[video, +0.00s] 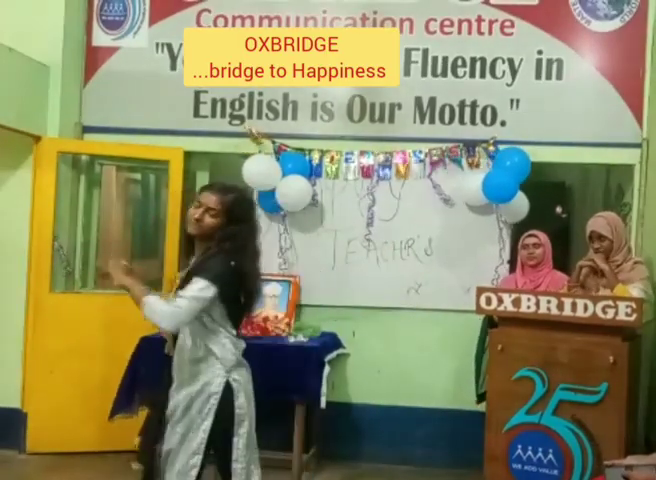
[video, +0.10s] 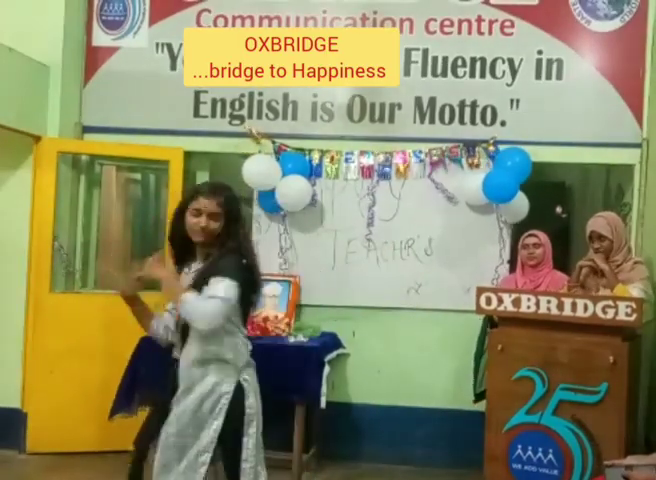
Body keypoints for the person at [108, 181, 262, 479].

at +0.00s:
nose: (197, 214)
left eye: (210, 213)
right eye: (197, 205)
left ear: (230, 226)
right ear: (192, 206)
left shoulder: (221, 266)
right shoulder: (202, 262)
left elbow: (171, 317)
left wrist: (131, 283)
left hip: (220, 385)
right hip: (197, 381)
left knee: (227, 469)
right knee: (180, 465)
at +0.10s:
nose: (203, 224)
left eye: (214, 217)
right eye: (196, 214)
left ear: (227, 224)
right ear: (183, 218)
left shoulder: (229, 266)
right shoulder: (189, 269)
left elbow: (208, 319)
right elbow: (168, 335)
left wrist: (171, 282)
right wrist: (133, 299)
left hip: (228, 385)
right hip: (194, 383)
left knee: (238, 469)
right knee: (172, 465)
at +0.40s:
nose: (246, 223)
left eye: (254, 213)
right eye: (236, 215)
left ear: (268, 218)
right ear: (224, 222)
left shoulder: (280, 270)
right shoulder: (210, 269)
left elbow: (315, 304)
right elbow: (211, 332)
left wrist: (331, 246)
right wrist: (255, 302)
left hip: (272, 382)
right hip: (229, 381)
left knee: (266, 464)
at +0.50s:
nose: (255, 227)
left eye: (264, 218)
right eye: (247, 219)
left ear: (280, 223)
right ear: (236, 224)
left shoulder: (291, 279)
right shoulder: (221, 270)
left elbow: (341, 309)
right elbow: (230, 329)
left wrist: (378, 271)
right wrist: (299, 327)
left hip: (278, 386)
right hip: (233, 385)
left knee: (273, 462)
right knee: (218, 462)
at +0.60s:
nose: (261, 228)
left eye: (270, 220)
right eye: (253, 220)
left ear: (286, 224)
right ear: (242, 224)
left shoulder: (293, 278)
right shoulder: (226, 265)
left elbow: (348, 312)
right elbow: (236, 327)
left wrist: (400, 278)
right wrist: (305, 330)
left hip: (283, 384)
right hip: (239, 382)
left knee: (277, 463)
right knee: (231, 465)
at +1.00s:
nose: (231, 228)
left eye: (239, 220)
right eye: (232, 220)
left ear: (264, 227)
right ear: (265, 229)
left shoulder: (252, 281)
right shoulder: (279, 277)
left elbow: (185, 285)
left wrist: (181, 233)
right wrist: (183, 231)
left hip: (238, 384)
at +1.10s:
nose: (217, 233)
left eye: (219, 225)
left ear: (224, 231)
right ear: (272, 233)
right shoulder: (281, 279)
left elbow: (180, 260)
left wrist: (195, 213)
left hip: (218, 389)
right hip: (264, 387)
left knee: (213, 468)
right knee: (267, 464)